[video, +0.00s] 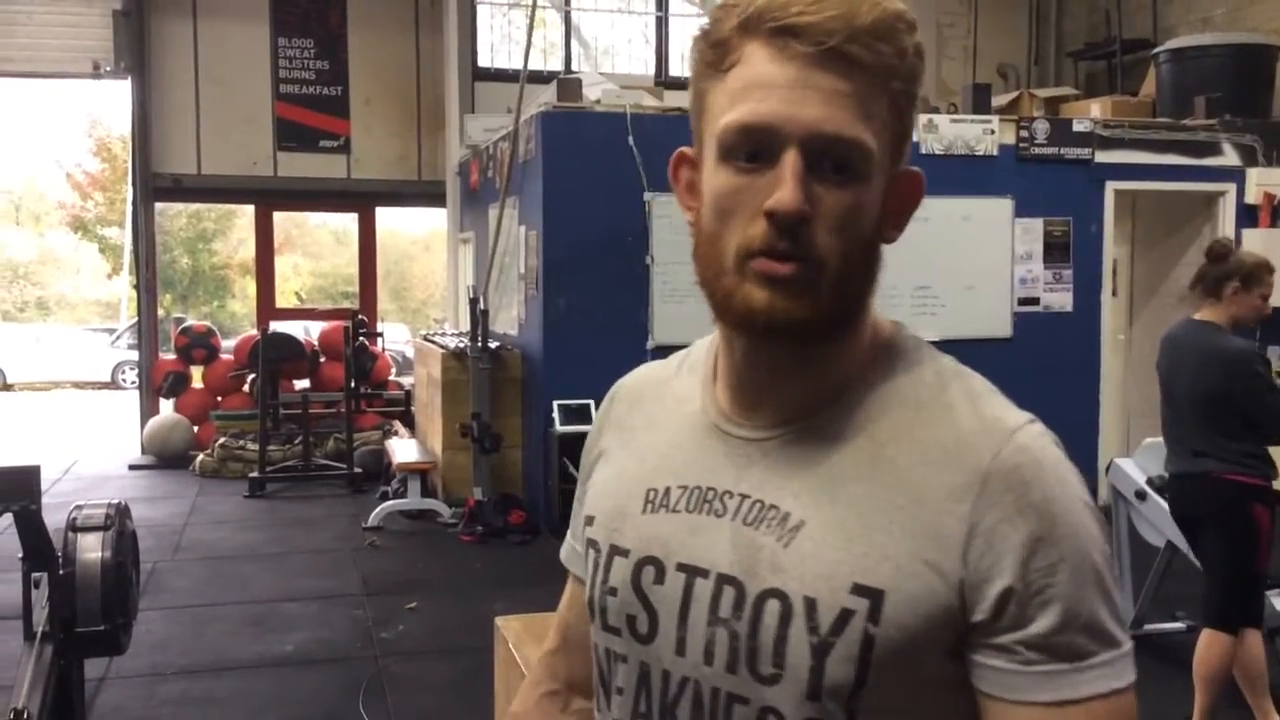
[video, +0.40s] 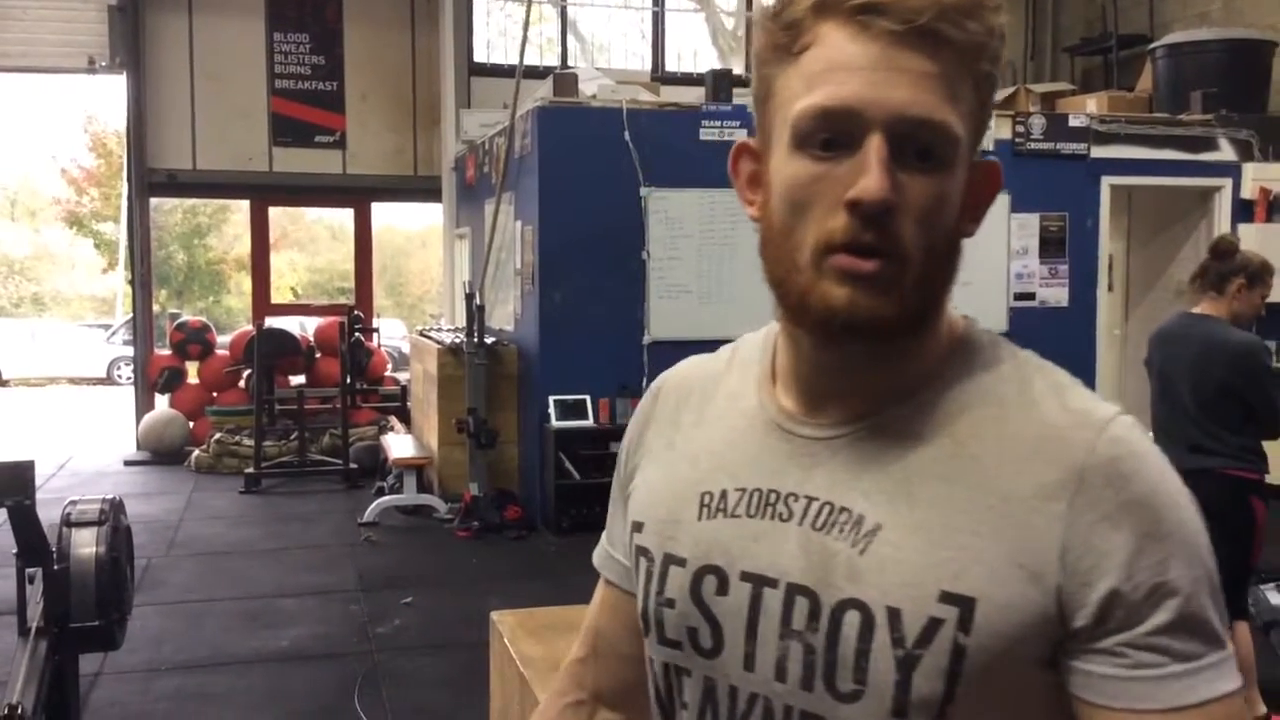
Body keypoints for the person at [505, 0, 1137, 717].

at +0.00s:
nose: (788, 201)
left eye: (835, 164)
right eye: (751, 154)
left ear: (895, 208)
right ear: (690, 185)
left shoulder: (1006, 480)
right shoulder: (631, 412)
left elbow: (1080, 697)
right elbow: (563, 686)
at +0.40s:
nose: (874, 188)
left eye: (920, 151)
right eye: (830, 140)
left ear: (972, 201)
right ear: (754, 183)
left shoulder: (1097, 479)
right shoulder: (674, 413)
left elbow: (1196, 707)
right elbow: (597, 696)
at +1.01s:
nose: (817, 199)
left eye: (868, 158)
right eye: (780, 144)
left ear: (932, 192)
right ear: (714, 164)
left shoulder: (1039, 487)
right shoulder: (655, 392)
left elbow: (1097, 700)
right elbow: (592, 658)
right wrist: (571, 674)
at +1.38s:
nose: (729, 174)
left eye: (775, 134)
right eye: (693, 127)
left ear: (842, 161)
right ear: (638, 152)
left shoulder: (945, 425)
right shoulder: (597, 374)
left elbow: (1008, 700)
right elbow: (536, 658)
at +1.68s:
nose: (709, 137)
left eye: (752, 97)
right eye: (672, 97)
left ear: (823, 128)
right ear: (624, 131)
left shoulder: (946, 382)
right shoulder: (617, 351)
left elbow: (1053, 696)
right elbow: (572, 617)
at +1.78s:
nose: (752, 112)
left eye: (797, 70)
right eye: (715, 74)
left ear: (875, 99)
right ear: (672, 111)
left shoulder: (1010, 353)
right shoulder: (687, 332)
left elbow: (1134, 682)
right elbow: (645, 594)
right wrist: (595, 706)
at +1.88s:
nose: (820, 85)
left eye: (867, 39)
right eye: (786, 51)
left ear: (968, 55)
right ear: (758, 81)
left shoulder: (1108, 323)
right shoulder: (799, 304)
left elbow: (1242, 677)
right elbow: (754, 577)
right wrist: (691, 707)